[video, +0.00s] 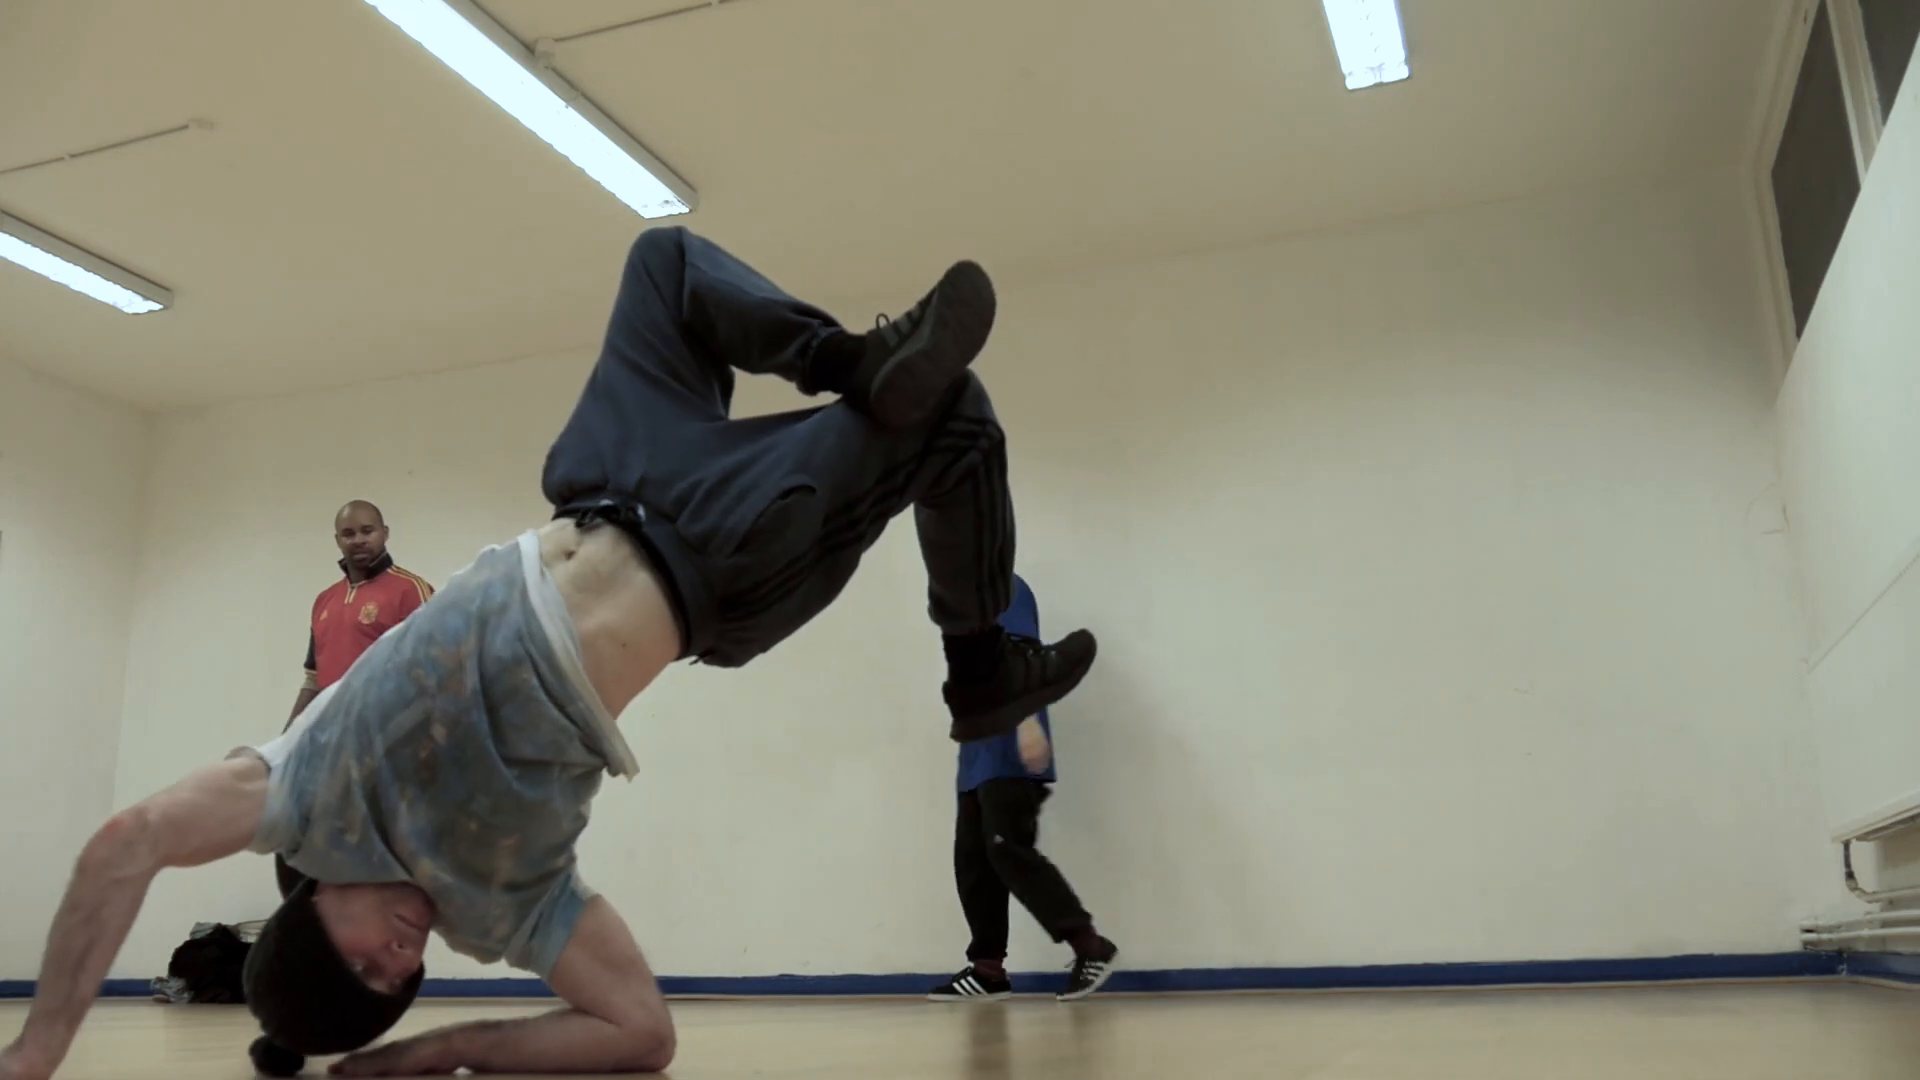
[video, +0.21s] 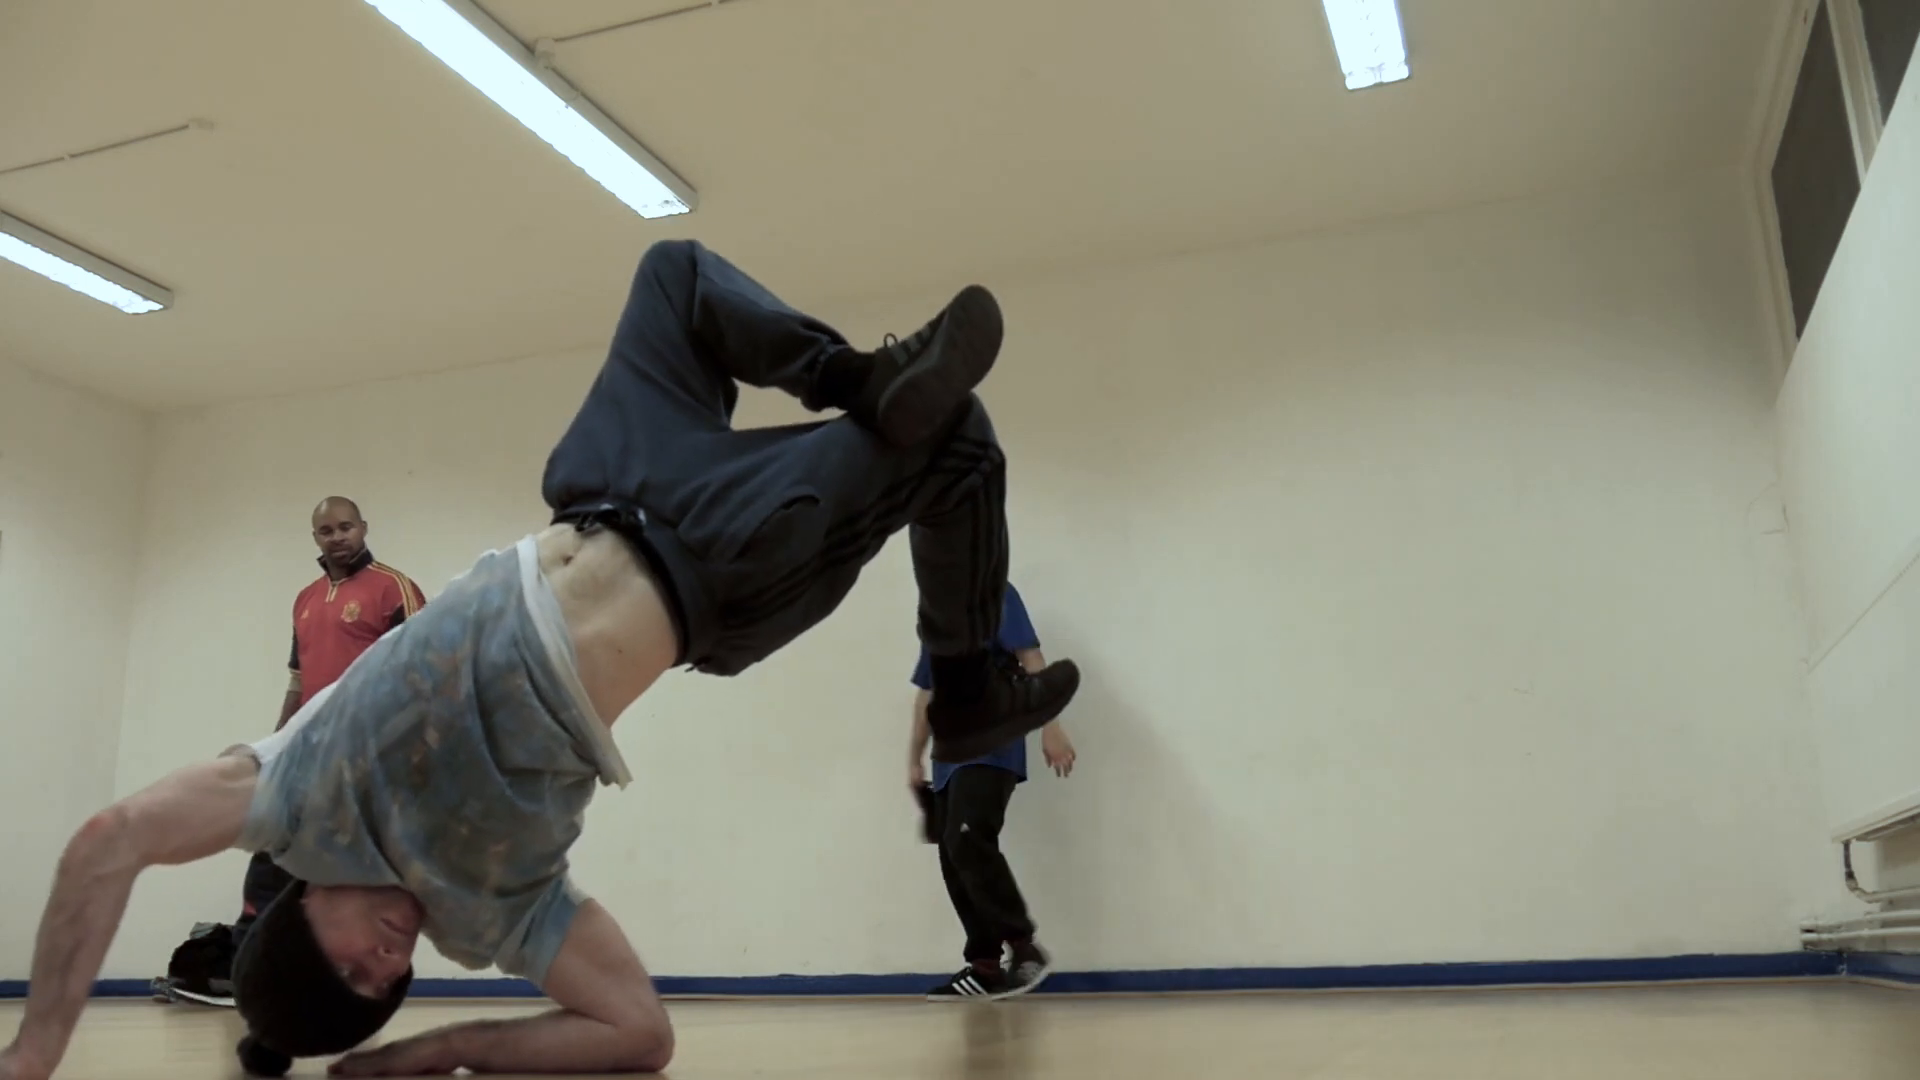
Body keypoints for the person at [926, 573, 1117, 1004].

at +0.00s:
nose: (954, 560)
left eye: (960, 551)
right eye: (952, 553)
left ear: (986, 546)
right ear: (957, 558)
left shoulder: (1008, 593)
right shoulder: (964, 605)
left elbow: (1019, 664)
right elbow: (985, 671)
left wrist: (1029, 724)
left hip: (1012, 751)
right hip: (977, 754)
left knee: (1008, 851)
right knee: (974, 860)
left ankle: (1091, 947)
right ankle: (987, 969)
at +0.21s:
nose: (950, 562)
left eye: (959, 554)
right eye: (943, 557)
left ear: (978, 552)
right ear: (935, 563)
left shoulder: (997, 595)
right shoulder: (937, 614)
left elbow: (1031, 658)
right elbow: (925, 691)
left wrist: (1050, 726)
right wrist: (916, 759)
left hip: (994, 751)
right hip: (950, 756)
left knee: (969, 843)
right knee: (954, 856)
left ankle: (1025, 950)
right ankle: (986, 966)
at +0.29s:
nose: (946, 568)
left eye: (953, 560)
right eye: (938, 561)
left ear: (974, 557)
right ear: (928, 565)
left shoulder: (995, 600)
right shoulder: (923, 620)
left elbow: (1023, 666)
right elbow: (909, 690)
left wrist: (1041, 736)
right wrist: (889, 752)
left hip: (989, 751)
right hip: (942, 754)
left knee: (970, 848)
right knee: (951, 856)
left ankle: (987, 968)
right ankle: (979, 965)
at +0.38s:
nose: (923, 563)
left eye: (930, 552)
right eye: (917, 553)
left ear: (959, 557)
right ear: (913, 559)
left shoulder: (992, 607)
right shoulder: (913, 620)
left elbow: (1015, 672)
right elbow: (895, 691)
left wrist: (1019, 743)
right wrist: (867, 750)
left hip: (983, 758)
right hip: (935, 763)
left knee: (965, 855)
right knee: (951, 862)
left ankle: (961, 961)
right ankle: (982, 964)